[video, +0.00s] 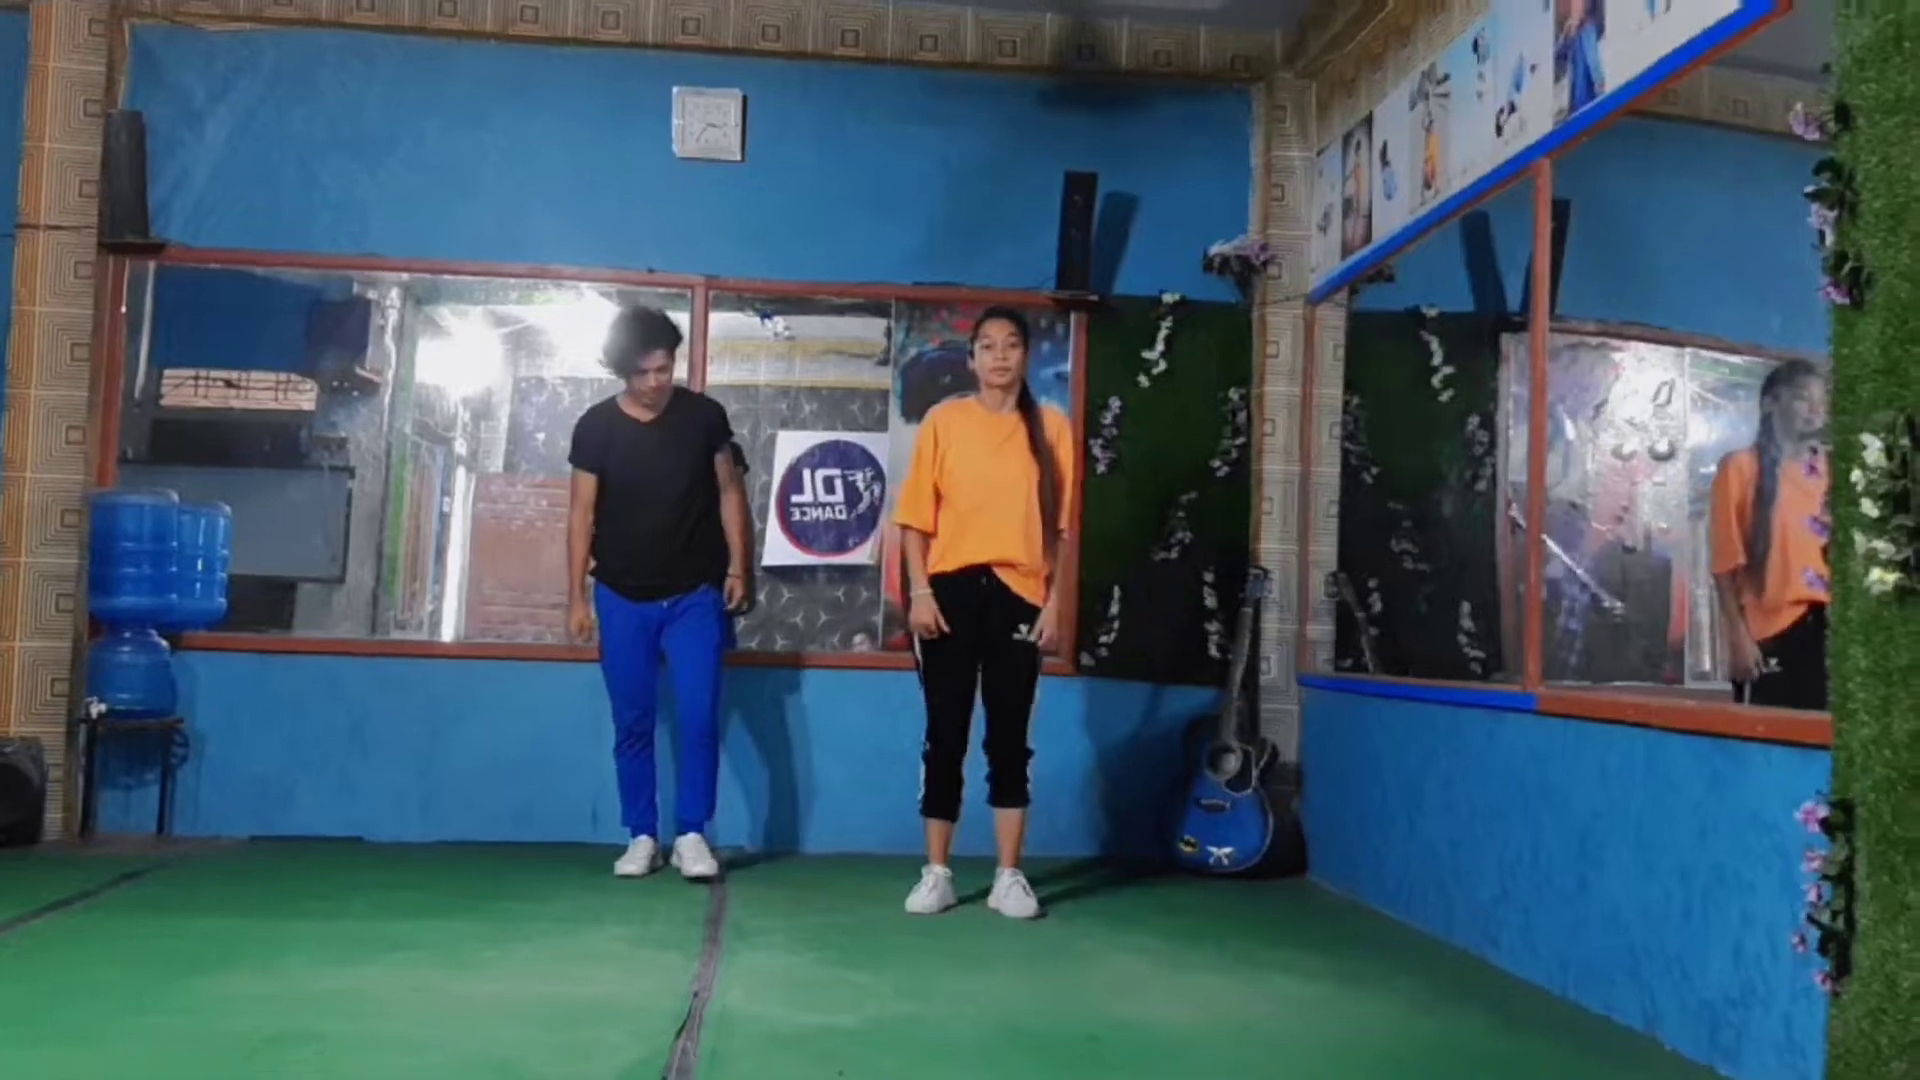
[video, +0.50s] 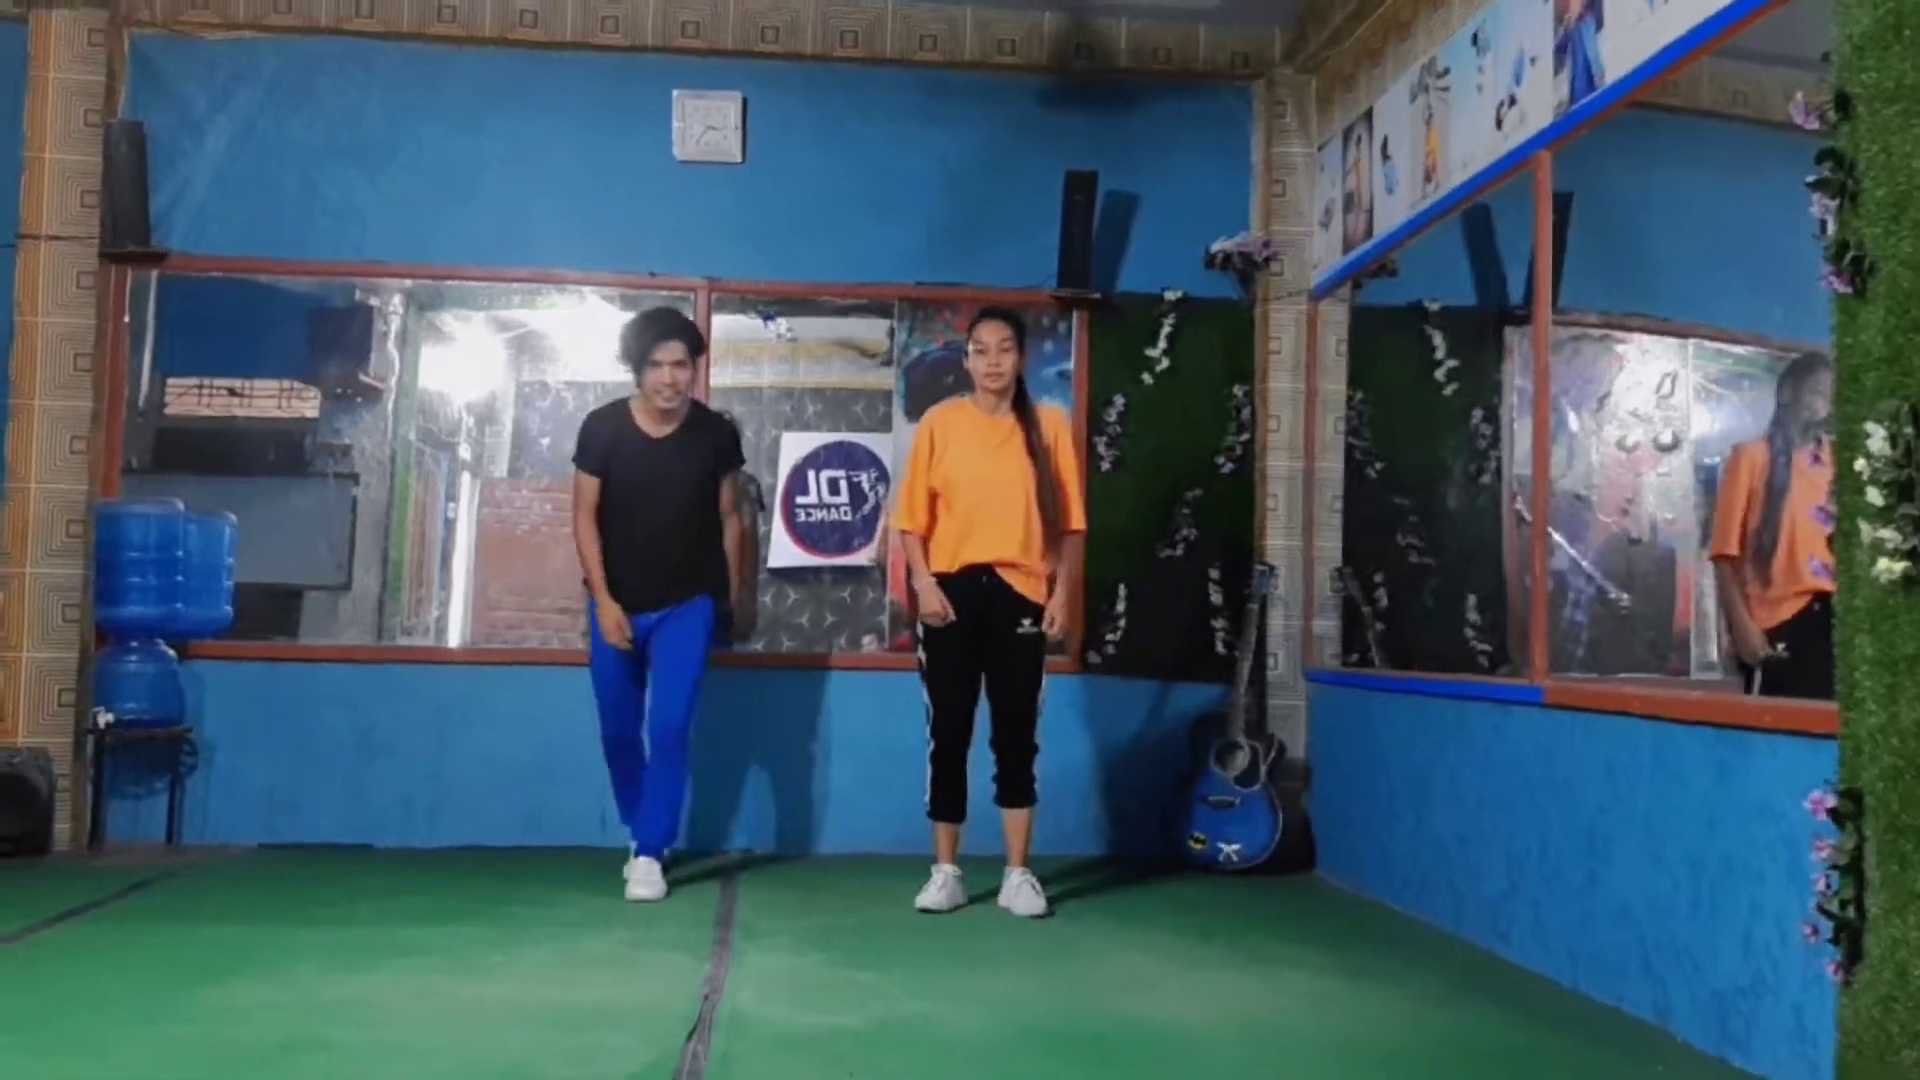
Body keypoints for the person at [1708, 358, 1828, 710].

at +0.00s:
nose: (1815, 410)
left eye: (1821, 400)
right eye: (1802, 398)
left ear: (1827, 408)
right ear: (1771, 403)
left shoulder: (1826, 470)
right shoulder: (1740, 467)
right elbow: (1723, 564)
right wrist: (1739, 636)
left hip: (1822, 625)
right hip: (1767, 632)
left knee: (1821, 740)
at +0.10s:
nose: (1812, 395)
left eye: (1818, 385)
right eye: (1799, 383)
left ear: (1825, 393)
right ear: (1768, 389)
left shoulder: (1826, 455)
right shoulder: (1738, 453)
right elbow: (1716, 552)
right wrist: (1739, 621)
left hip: (1825, 612)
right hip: (1767, 620)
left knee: (1823, 732)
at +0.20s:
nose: (1817, 407)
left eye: (1823, 398)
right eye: (1803, 395)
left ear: (1829, 406)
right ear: (1773, 401)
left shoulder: (1830, 469)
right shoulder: (1743, 465)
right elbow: (1712, 559)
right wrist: (1738, 625)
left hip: (1825, 625)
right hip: (1769, 632)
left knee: (1822, 745)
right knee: (1769, 747)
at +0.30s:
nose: (1815, 397)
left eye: (1820, 386)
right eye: (1802, 384)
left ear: (1825, 394)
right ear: (1769, 390)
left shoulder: (1824, 455)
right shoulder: (1742, 451)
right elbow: (1706, 546)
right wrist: (1738, 613)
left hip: (1822, 613)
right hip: (1768, 620)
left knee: (1818, 733)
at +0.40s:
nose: (1820, 412)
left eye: (1824, 402)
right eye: (1809, 399)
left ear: (1829, 408)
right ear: (1775, 403)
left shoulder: (1827, 469)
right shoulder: (1744, 465)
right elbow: (1709, 558)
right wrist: (1735, 625)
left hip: (1821, 626)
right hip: (1766, 633)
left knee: (1817, 745)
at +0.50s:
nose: (1827, 407)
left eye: (1833, 397)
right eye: (1818, 394)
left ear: (1838, 403)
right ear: (1786, 394)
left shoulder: (1835, 463)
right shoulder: (1751, 458)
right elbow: (1723, 556)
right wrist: (1742, 627)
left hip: (1833, 617)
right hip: (1776, 624)